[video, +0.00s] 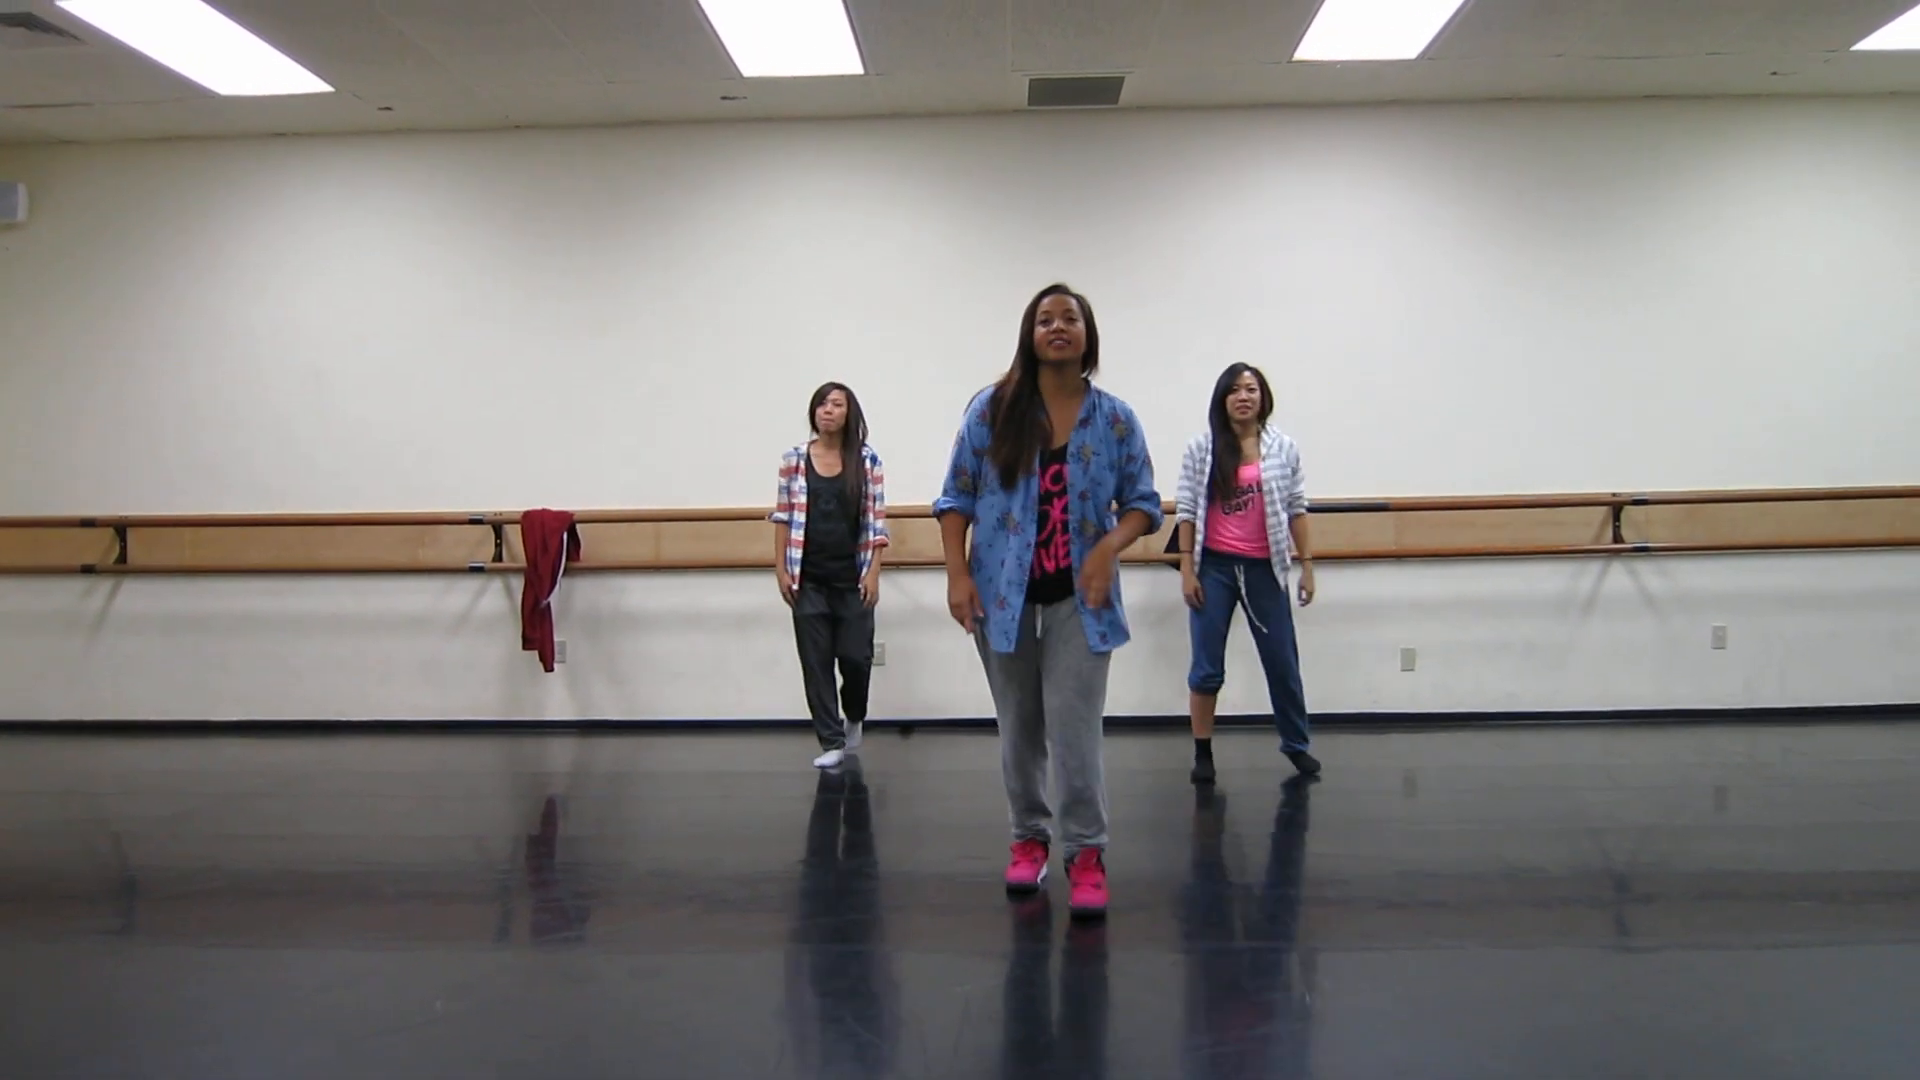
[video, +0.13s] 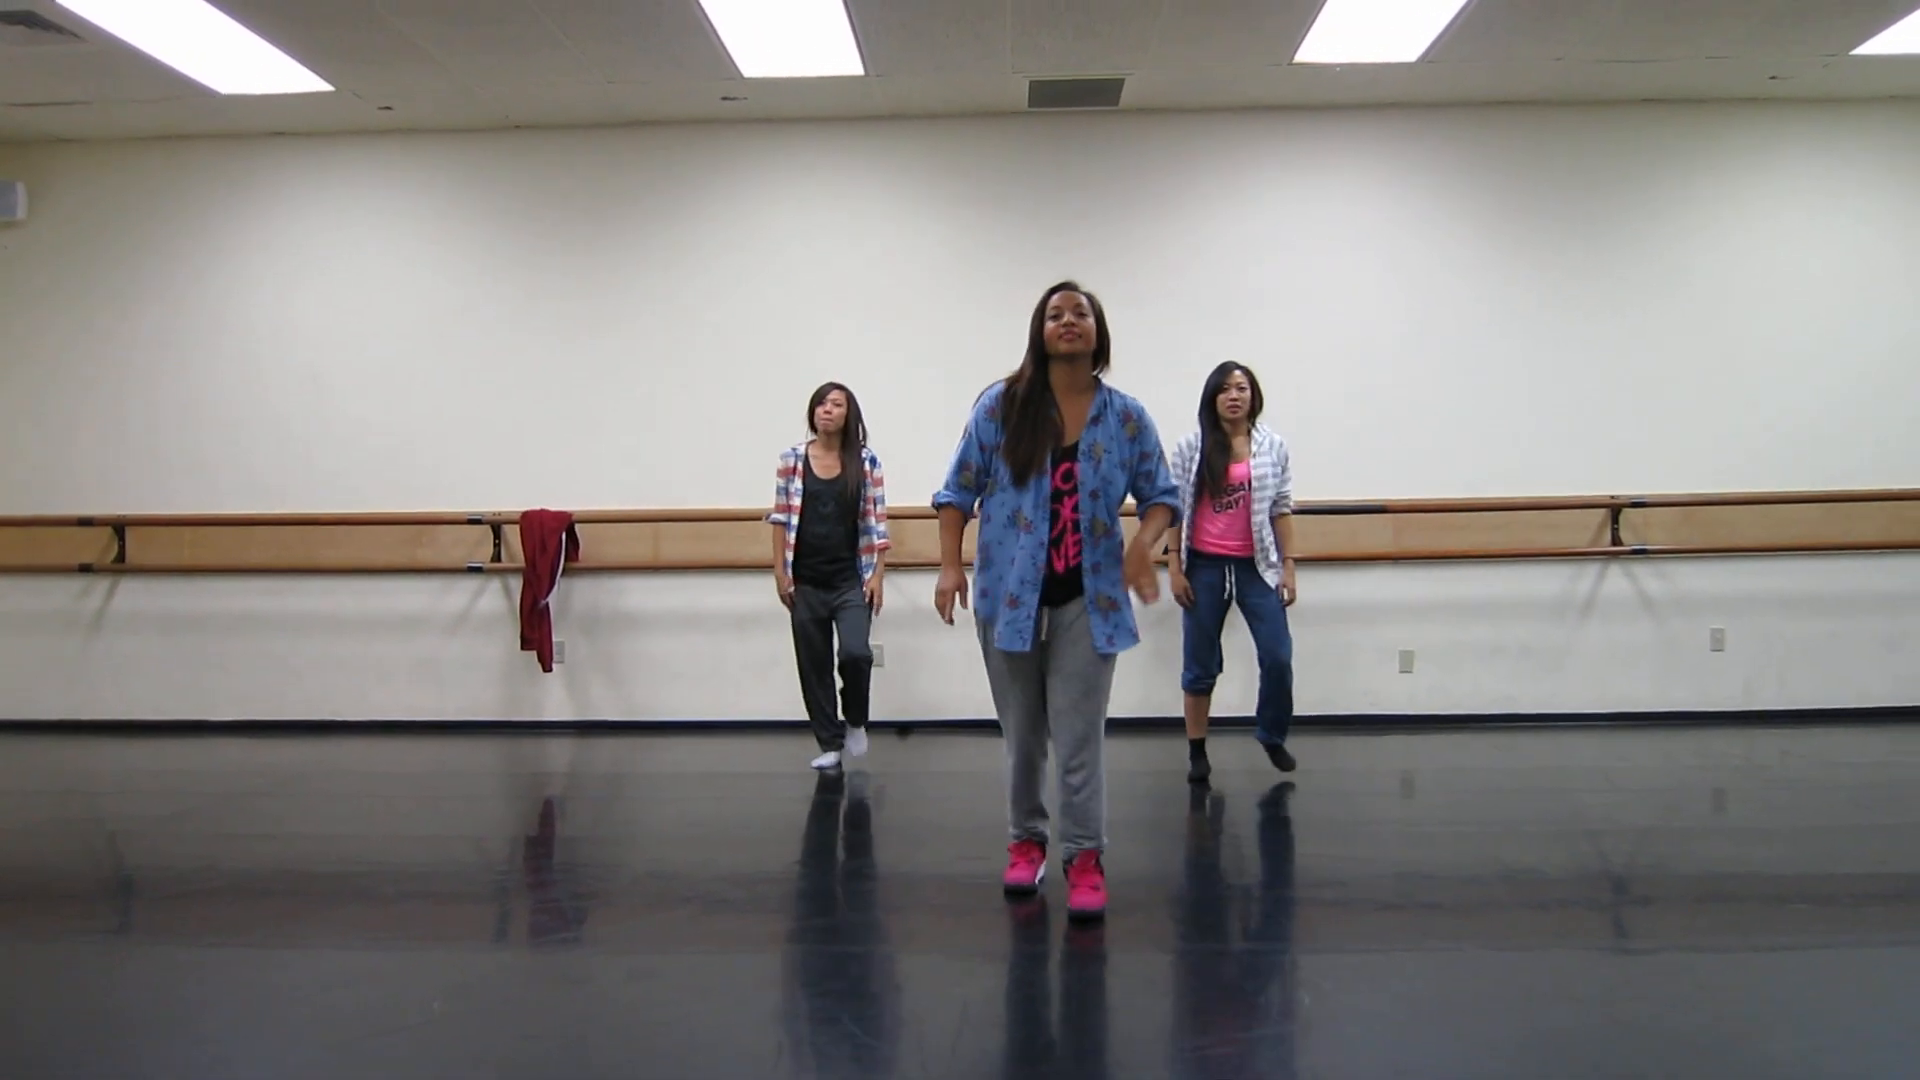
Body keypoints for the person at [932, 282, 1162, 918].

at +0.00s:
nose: (1058, 326)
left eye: (1070, 318)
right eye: (1046, 318)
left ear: (1088, 333)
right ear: (1028, 335)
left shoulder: (1114, 417)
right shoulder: (992, 409)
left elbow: (1142, 506)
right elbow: (955, 499)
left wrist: (1108, 549)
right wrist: (959, 573)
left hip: (1078, 600)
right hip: (1004, 601)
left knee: (1074, 727)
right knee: (1019, 729)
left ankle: (1085, 854)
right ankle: (1029, 839)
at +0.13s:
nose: (1068, 320)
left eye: (1079, 313)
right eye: (1056, 313)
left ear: (1099, 330)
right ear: (1038, 332)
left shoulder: (1125, 414)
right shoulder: (1001, 405)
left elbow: (1160, 499)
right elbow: (958, 490)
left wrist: (1140, 547)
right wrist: (950, 564)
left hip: (1086, 602)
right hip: (1009, 602)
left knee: (1077, 737)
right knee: (1023, 735)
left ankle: (1085, 858)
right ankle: (1026, 842)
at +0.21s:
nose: (1072, 313)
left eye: (1083, 305)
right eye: (1060, 306)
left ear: (1102, 323)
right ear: (1042, 326)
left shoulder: (1129, 406)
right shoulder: (1004, 399)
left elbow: (1172, 482)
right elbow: (950, 478)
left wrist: (1161, 531)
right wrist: (945, 551)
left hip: (1090, 598)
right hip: (1012, 598)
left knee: (1082, 735)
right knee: (1021, 731)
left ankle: (1086, 857)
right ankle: (1020, 837)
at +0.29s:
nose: (1074, 315)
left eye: (1084, 306)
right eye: (1061, 308)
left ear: (1104, 324)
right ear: (1043, 327)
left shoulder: (1134, 408)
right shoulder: (1007, 397)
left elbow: (1184, 470)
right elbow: (938, 462)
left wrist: (1175, 497)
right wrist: (942, 520)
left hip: (1096, 597)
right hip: (1017, 596)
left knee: (1076, 734)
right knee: (1020, 731)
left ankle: (1086, 859)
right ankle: (1011, 800)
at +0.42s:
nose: (1068, 329)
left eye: (1078, 321)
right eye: (1055, 324)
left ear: (1097, 339)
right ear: (1038, 344)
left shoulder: (1130, 420)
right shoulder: (1003, 413)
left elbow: (1193, 485)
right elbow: (941, 473)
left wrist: (1205, 422)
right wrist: (931, 427)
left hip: (1098, 612)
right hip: (1021, 612)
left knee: (1087, 746)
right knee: (1017, 749)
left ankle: (1083, 863)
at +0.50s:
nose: (1059, 321)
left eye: (1070, 312)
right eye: (1046, 315)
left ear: (1090, 330)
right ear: (1028, 335)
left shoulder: (1119, 408)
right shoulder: (996, 405)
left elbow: (1171, 481)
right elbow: (945, 476)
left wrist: (1228, 434)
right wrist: (910, 411)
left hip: (1096, 601)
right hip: (1017, 603)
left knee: (1090, 741)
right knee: (1032, 732)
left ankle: (1088, 863)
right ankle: (996, 725)